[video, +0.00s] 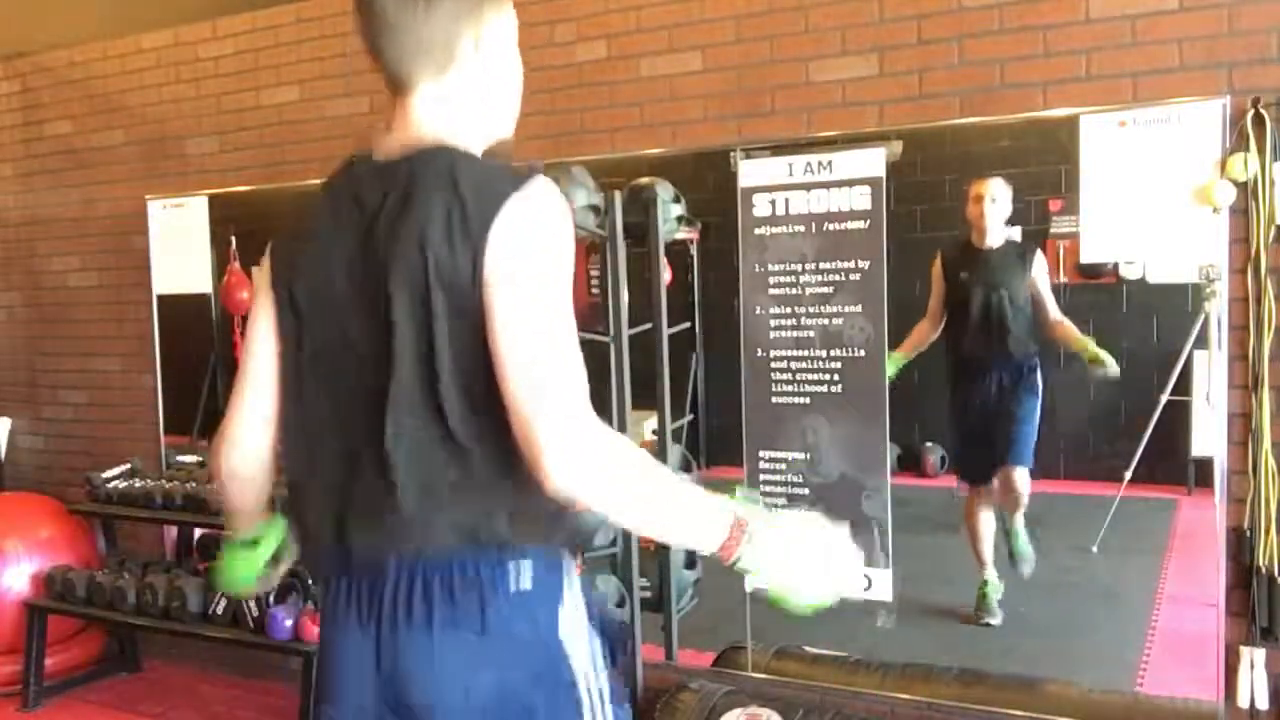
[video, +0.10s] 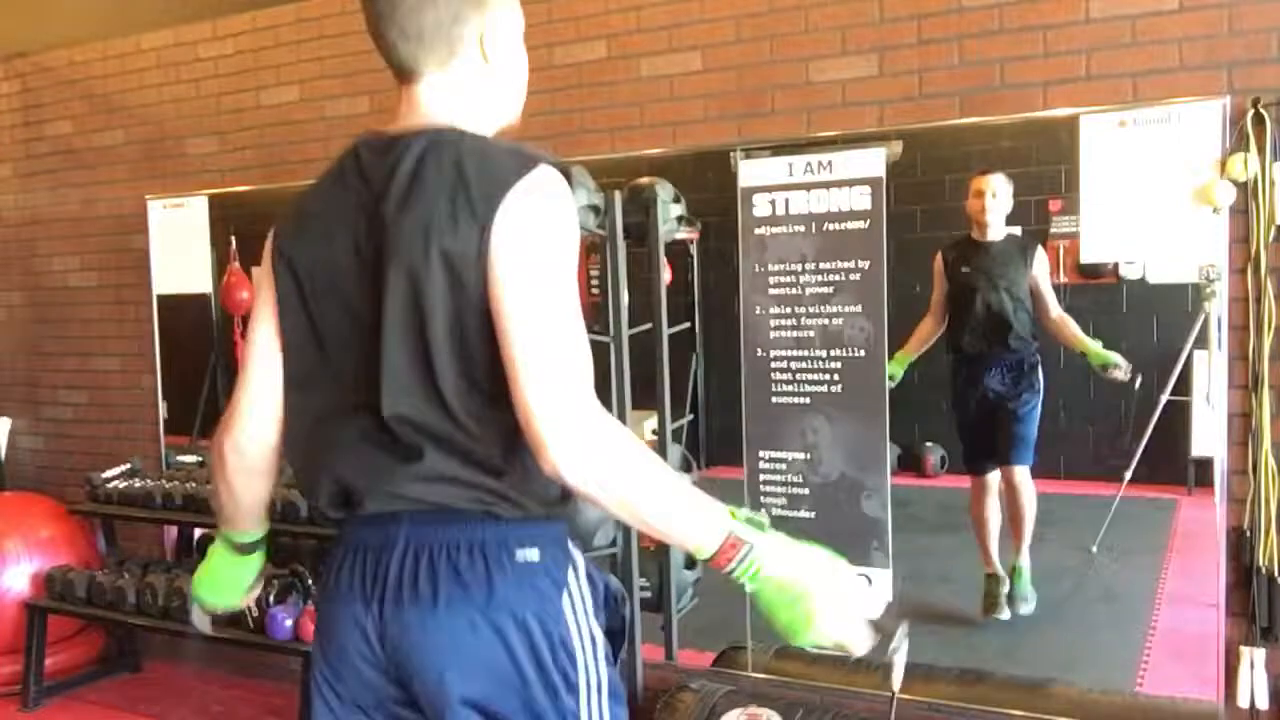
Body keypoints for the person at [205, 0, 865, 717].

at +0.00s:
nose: (520, 74)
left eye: (514, 46)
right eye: (513, 45)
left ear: (383, 55)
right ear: (484, 48)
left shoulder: (297, 239)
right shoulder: (510, 203)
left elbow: (240, 469)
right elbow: (565, 450)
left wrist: (256, 522)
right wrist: (748, 534)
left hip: (352, 620)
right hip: (501, 613)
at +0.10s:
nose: (525, 59)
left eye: (519, 37)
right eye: (519, 36)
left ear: (394, 51)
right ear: (491, 39)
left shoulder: (301, 223)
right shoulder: (515, 185)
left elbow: (248, 434)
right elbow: (567, 432)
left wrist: (237, 544)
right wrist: (755, 553)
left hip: (356, 578)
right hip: (506, 577)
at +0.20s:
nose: (531, 132)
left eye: (525, 105)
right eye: (525, 105)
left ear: (396, 119)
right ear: (497, 108)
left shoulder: (309, 272)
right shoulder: (526, 256)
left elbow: (247, 506)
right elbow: (586, 499)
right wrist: (788, 527)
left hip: (365, 641)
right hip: (517, 636)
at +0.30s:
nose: (540, 141)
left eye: (534, 113)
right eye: (533, 113)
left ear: (407, 134)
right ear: (507, 120)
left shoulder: (314, 292)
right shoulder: (531, 276)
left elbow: (244, 501)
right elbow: (607, 516)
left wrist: (375, 448)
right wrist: (802, 513)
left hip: (366, 674)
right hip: (520, 672)